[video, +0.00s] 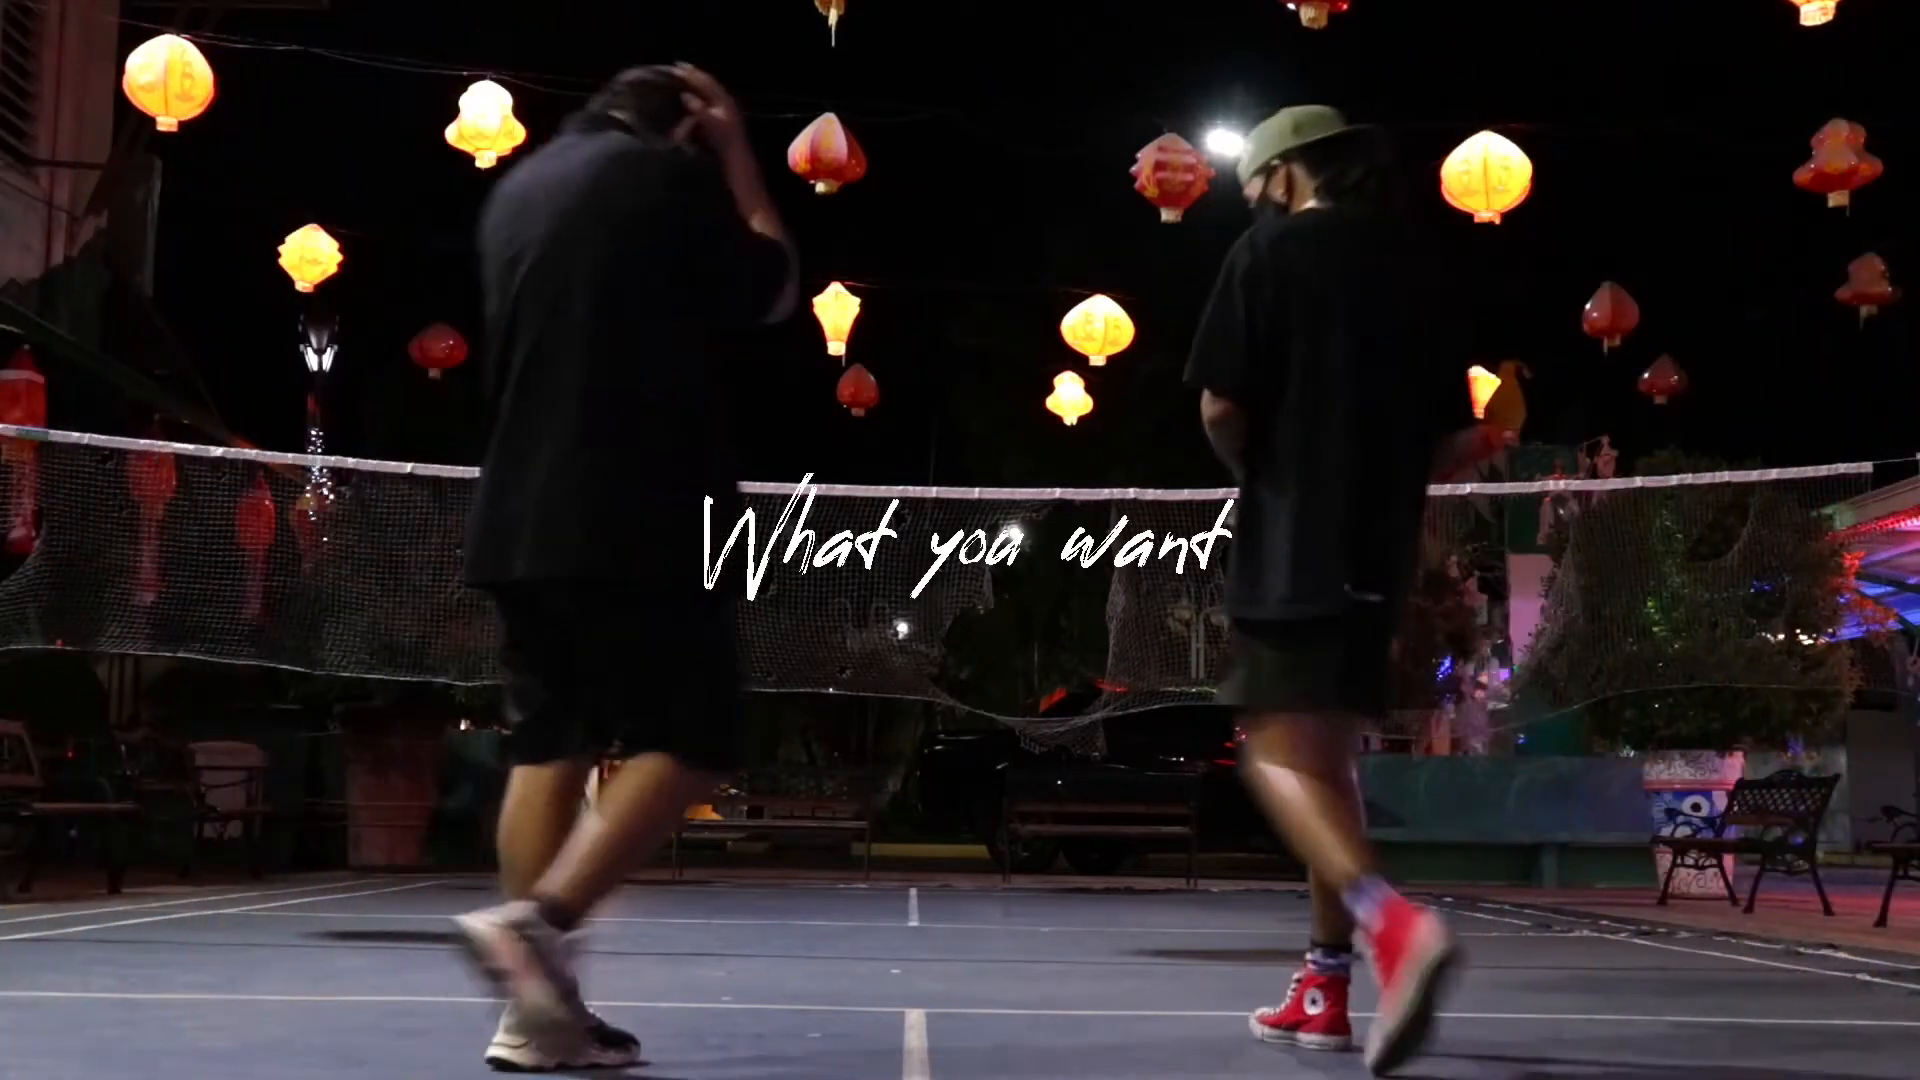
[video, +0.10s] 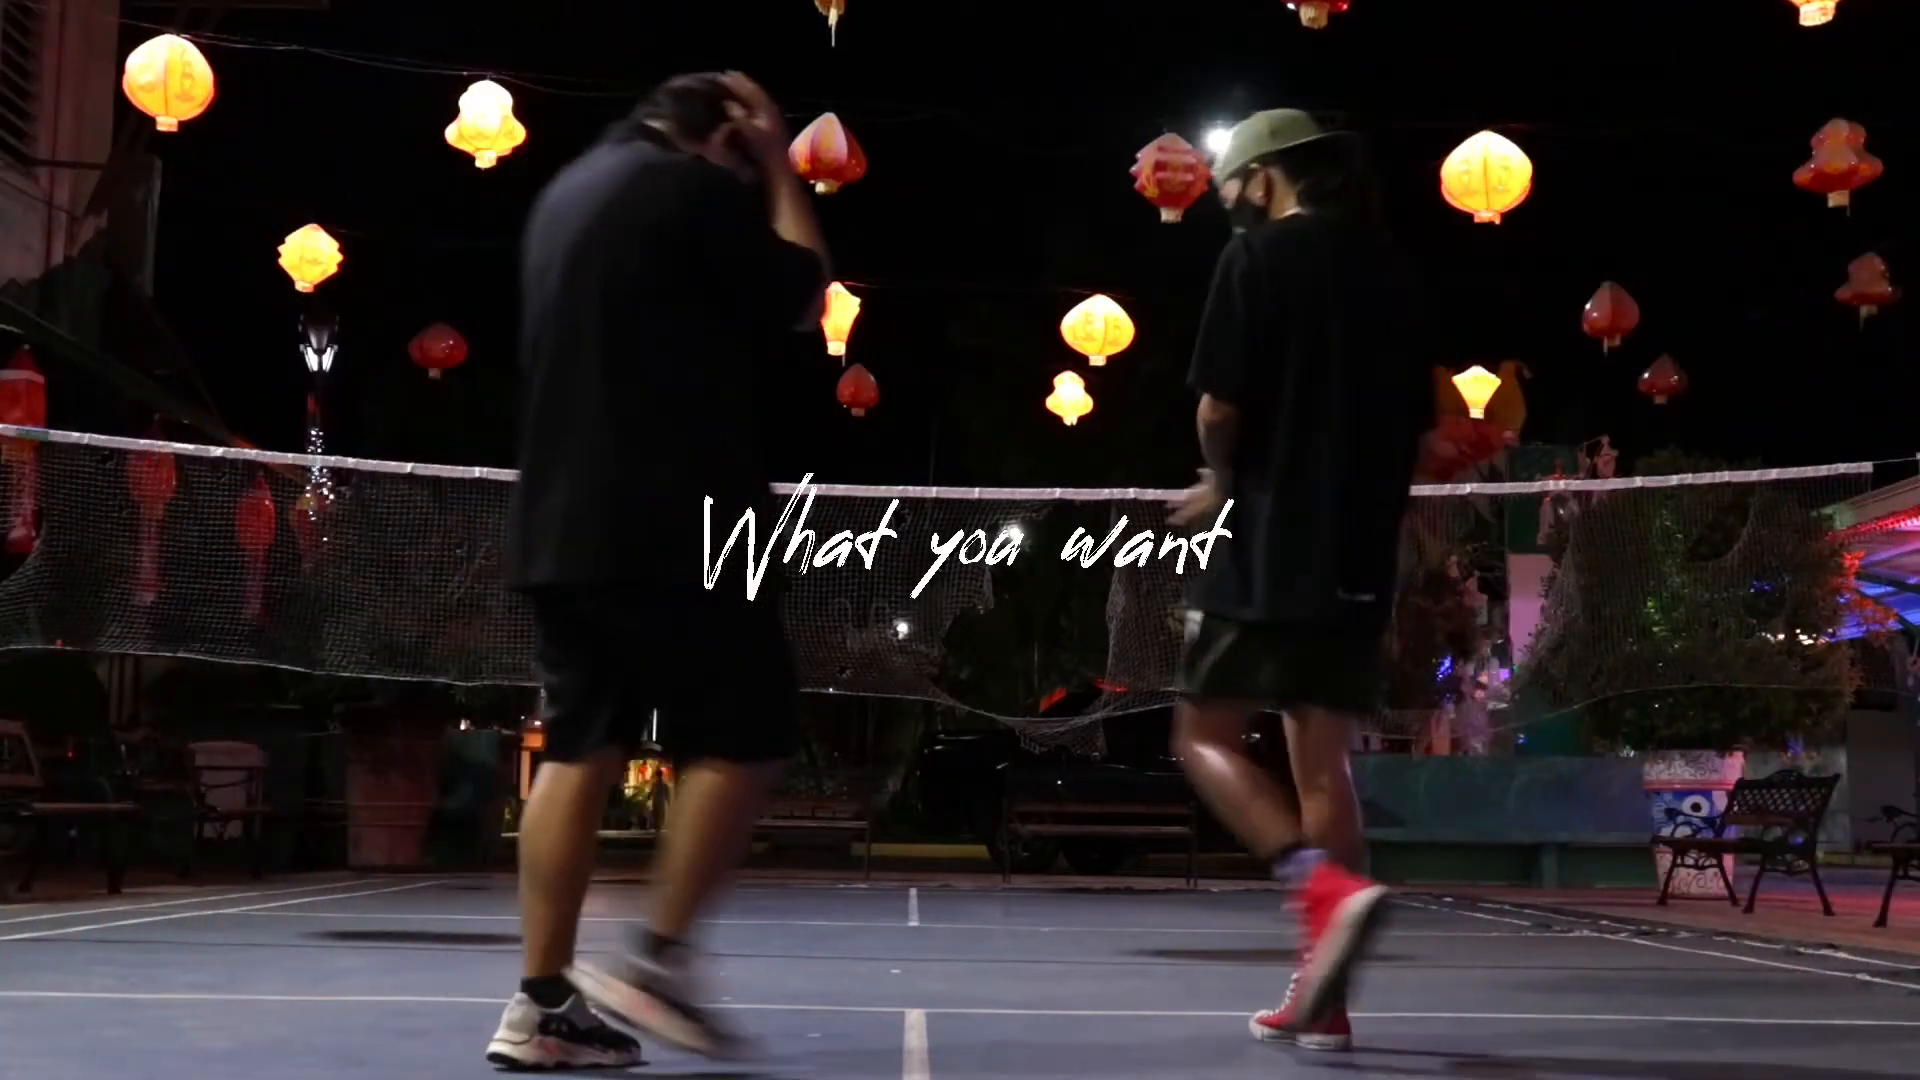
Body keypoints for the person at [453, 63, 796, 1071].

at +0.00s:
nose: (712, 153)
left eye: (712, 137)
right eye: (711, 138)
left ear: (602, 111)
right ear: (687, 125)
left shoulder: (514, 190)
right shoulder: (668, 180)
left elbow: (514, 353)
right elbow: (776, 300)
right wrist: (741, 171)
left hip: (520, 511)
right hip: (641, 511)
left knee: (546, 743)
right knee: (690, 738)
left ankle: (536, 1017)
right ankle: (540, 918)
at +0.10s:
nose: (756, 169)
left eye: (761, 153)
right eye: (754, 154)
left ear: (654, 122)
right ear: (723, 136)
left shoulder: (566, 197)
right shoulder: (696, 196)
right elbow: (796, 291)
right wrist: (779, 171)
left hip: (565, 523)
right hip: (683, 525)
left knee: (579, 747)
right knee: (743, 732)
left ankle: (540, 1002)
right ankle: (657, 954)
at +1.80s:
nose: (1391, 225)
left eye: (1387, 213)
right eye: (1385, 213)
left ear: (1290, 217)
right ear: (1370, 221)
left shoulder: (1247, 313)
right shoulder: (1387, 301)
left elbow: (1308, 407)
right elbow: (1474, 404)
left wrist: (1372, 286)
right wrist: (1435, 301)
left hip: (1282, 585)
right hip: (1387, 583)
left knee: (1300, 775)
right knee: (1378, 791)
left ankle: (1204, 919)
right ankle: (1380, 1004)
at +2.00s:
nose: (1451, 231)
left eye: (1442, 218)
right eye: (1447, 218)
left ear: (1353, 230)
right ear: (1434, 228)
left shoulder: (1309, 329)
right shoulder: (1464, 310)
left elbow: (1292, 458)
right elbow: (1542, 416)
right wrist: (1505, 315)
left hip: (1349, 585)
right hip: (1448, 584)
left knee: (1389, 786)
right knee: (1420, 789)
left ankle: (1400, 988)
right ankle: (1383, 1003)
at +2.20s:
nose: (1499, 260)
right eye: (1495, 247)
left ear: (1403, 260)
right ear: (1487, 255)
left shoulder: (1365, 365)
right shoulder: (1526, 343)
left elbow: (1317, 496)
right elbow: (1625, 453)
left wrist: (1368, 574)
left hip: (1397, 608)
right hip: (1502, 606)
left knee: (1457, 805)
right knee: (1461, 795)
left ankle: (1513, 996)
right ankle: (1397, 988)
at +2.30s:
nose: (1521, 259)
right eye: (1515, 246)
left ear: (1425, 262)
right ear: (1508, 254)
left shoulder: (1391, 358)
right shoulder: (1557, 341)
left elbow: (1336, 488)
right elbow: (1628, 466)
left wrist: (1386, 580)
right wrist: (1639, 563)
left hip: (1428, 606)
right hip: (1536, 601)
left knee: (1467, 796)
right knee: (1548, 787)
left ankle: (1509, 989)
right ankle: (1453, 936)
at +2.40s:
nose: (1538, 259)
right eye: (1532, 247)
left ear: (1442, 265)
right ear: (1526, 257)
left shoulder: (1406, 362)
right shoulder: (1573, 347)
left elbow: (1360, 497)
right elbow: (1627, 487)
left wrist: (1402, 593)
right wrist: (1656, 598)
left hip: (1448, 614)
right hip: (1557, 608)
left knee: (1483, 789)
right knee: (1596, 775)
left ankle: (1506, 1009)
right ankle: (1513, 918)